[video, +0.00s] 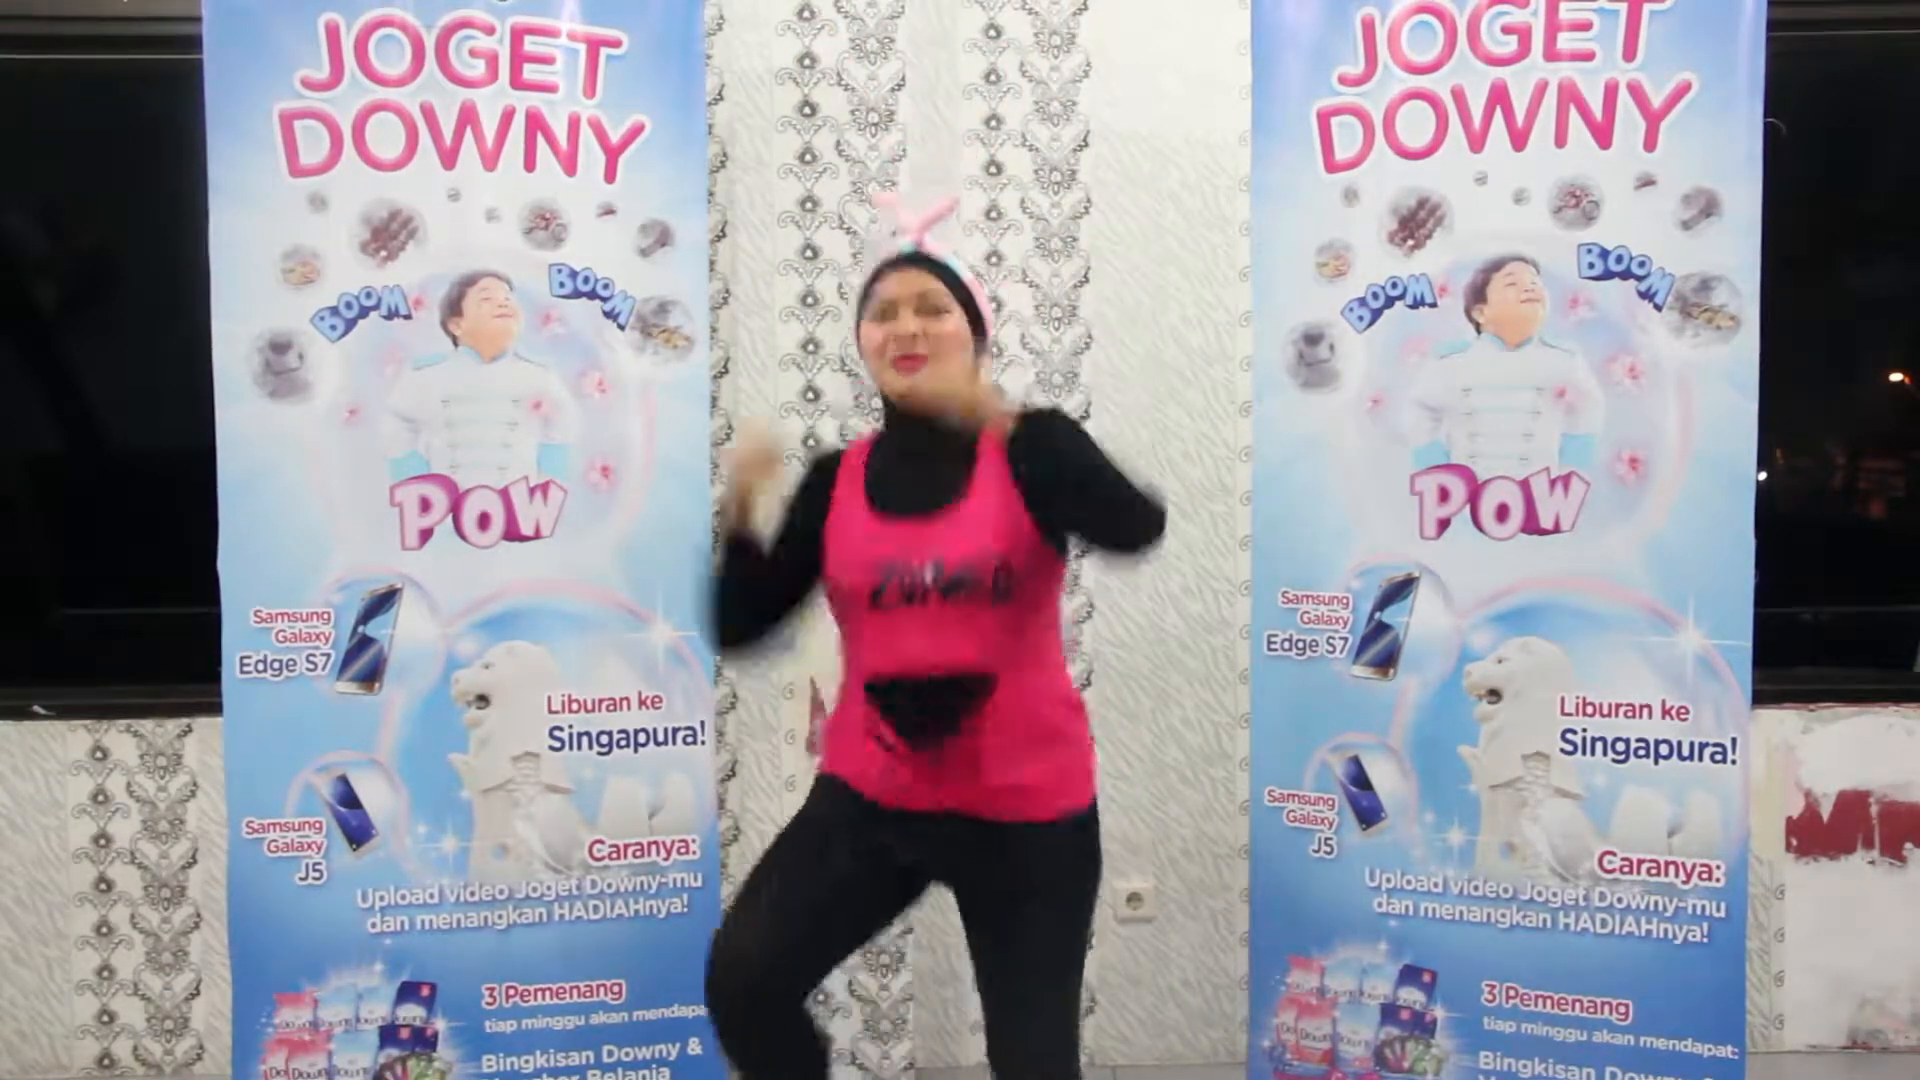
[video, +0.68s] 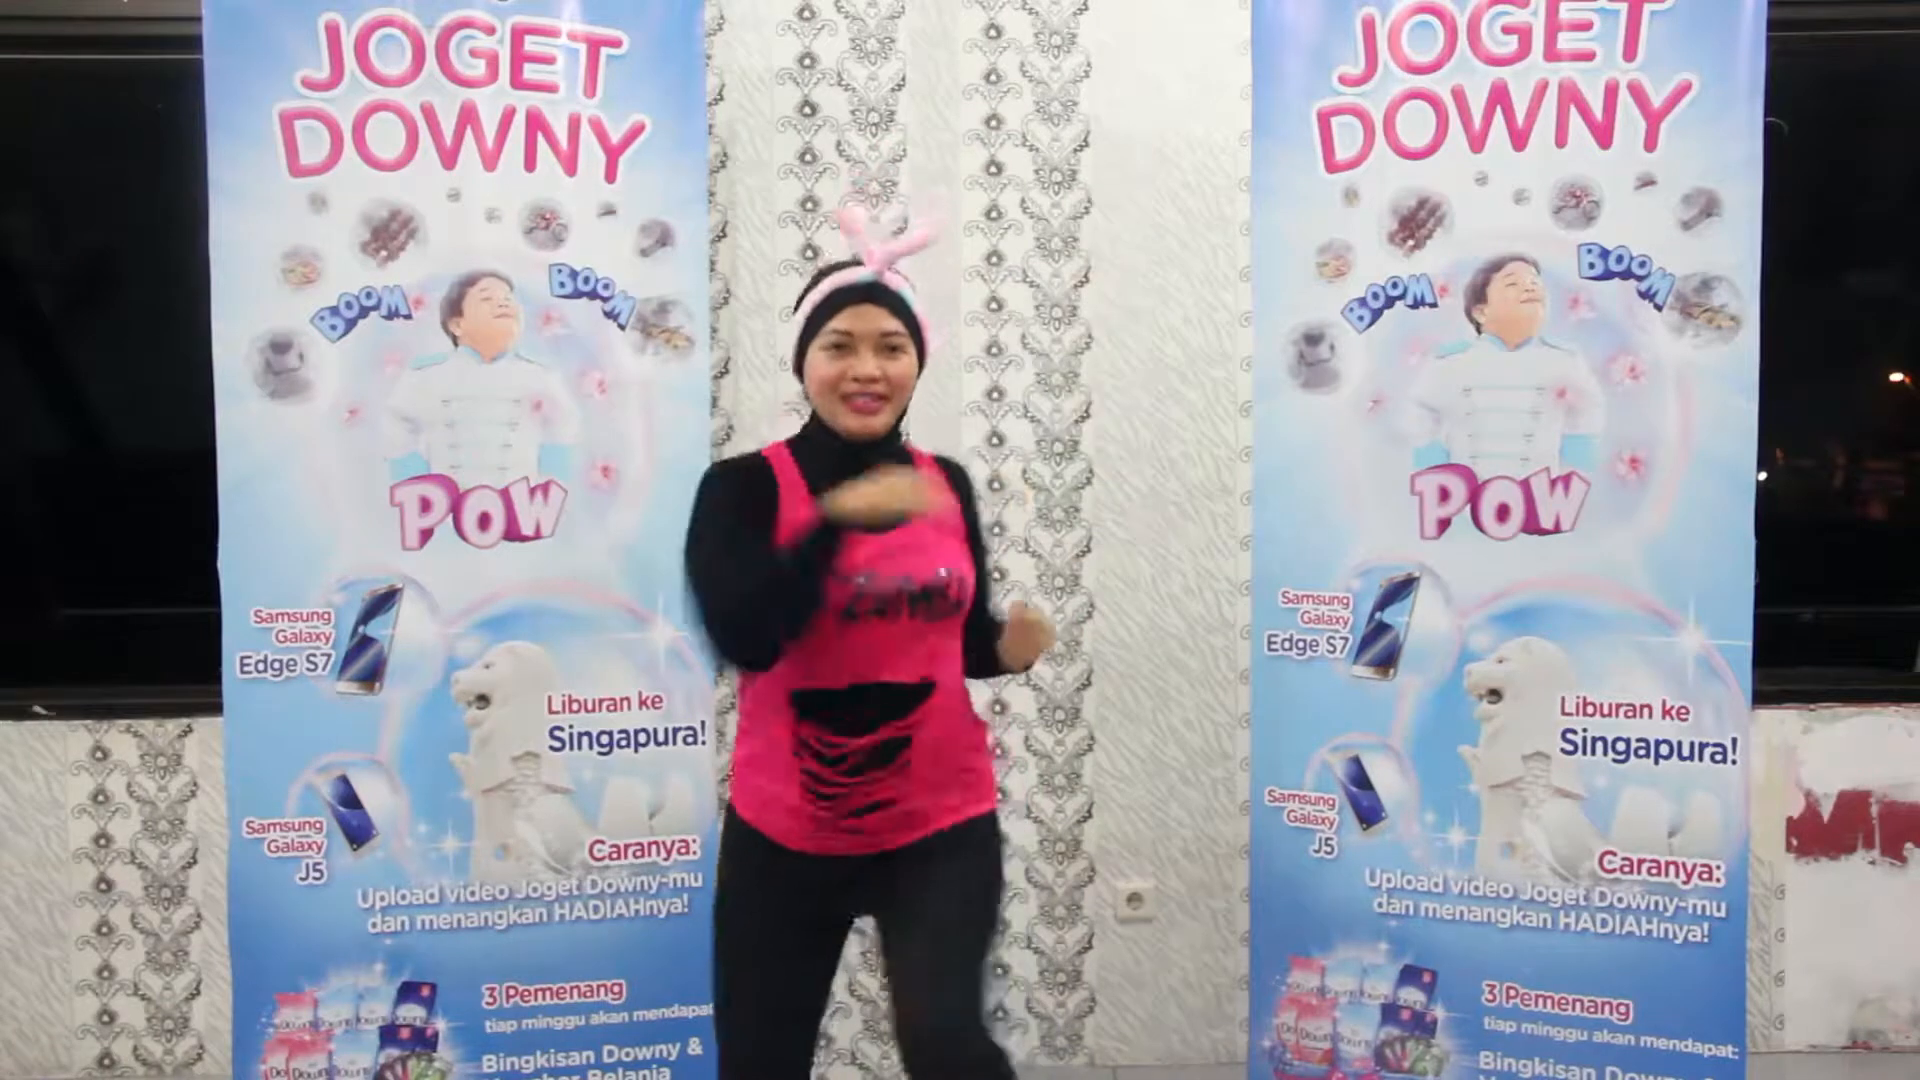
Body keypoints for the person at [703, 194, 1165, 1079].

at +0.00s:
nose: (906, 328)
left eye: (930, 310)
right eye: (884, 314)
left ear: (976, 336)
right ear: (861, 348)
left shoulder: (1032, 453)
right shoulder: (836, 480)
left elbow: (1136, 526)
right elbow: (741, 621)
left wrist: (1012, 425)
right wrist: (738, 523)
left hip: (1024, 809)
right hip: (872, 800)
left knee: (1034, 1059)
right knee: (744, 981)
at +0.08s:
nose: (895, 303)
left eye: (920, 282)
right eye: (872, 285)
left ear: (960, 304)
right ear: (846, 310)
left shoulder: (1014, 410)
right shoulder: (812, 435)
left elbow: (1139, 409)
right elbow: (664, 492)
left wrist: (1053, 287)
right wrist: (690, 359)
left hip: (1011, 780)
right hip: (857, 781)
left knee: (1042, 1042)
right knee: (744, 1022)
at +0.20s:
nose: (879, 345)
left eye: (903, 327)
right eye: (858, 327)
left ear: (938, 350)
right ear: (826, 350)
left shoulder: (976, 446)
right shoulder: (779, 450)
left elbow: (1056, 279)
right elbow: (681, 305)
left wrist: (1147, 124)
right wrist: (614, 137)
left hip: (977, 835)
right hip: (815, 840)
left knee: (1041, 1063)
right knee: (761, 1063)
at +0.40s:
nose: (869, 330)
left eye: (895, 314)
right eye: (846, 310)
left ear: (927, 342)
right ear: (812, 335)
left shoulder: (972, 442)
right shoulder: (752, 445)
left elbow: (1148, 421)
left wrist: (1127, 277)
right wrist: (584, 281)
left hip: (960, 824)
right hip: (797, 827)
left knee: (1004, 1057)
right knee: (763, 1062)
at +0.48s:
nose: (870, 337)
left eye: (896, 318)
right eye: (845, 315)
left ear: (928, 344)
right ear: (813, 338)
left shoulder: (980, 453)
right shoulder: (757, 465)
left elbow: (1129, 558)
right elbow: (621, 590)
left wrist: (1127, 468)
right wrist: (600, 482)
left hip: (966, 817)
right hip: (808, 820)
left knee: (997, 1060)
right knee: (767, 1061)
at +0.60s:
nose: (867, 355)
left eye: (893, 335)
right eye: (842, 333)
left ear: (921, 358)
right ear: (805, 354)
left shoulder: (966, 481)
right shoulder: (748, 499)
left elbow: (993, 654)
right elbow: (713, 681)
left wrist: (1038, 641)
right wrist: (732, 545)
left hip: (954, 838)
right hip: (792, 842)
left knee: (988, 1063)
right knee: (772, 1065)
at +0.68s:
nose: (866, 369)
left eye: (890, 348)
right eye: (839, 347)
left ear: (917, 369)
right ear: (801, 367)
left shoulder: (946, 485)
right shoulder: (742, 488)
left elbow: (951, 639)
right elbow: (745, 639)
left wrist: (1001, 646)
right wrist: (826, 524)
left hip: (938, 822)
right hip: (785, 825)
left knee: (945, 1044)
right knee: (760, 1060)